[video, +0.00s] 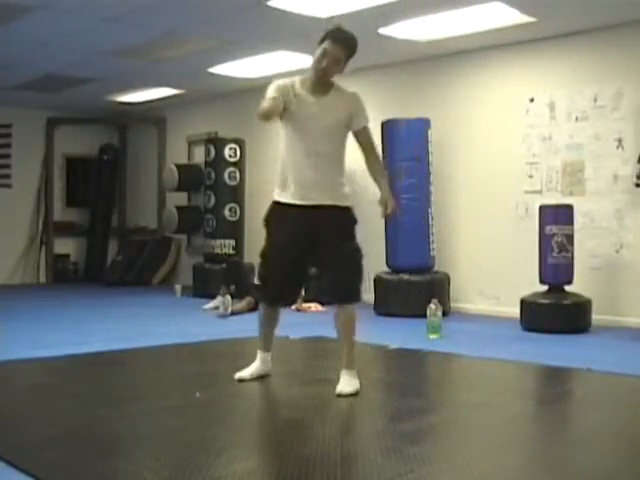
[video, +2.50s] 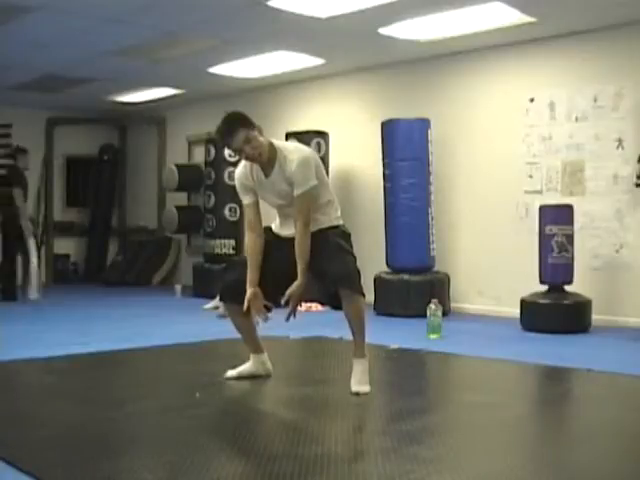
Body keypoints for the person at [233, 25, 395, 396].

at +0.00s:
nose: (329, 65)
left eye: (338, 62)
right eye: (326, 56)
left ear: (345, 66)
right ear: (315, 51)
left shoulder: (349, 101)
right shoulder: (284, 87)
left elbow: (370, 151)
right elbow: (263, 113)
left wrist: (386, 193)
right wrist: (275, 106)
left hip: (333, 209)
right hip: (288, 207)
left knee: (345, 292)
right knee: (271, 288)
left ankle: (348, 371)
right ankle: (263, 358)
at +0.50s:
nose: (285, 74)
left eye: (291, 67)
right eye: (280, 68)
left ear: (304, 66)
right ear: (272, 69)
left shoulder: (326, 105)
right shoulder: (263, 102)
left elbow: (343, 155)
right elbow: (247, 126)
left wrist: (358, 194)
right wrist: (255, 103)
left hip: (315, 213)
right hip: (268, 213)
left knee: (335, 290)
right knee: (251, 289)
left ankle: (349, 369)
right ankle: (261, 359)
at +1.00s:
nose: (259, 97)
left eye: (260, 87)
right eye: (251, 93)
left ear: (273, 78)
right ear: (247, 95)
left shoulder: (313, 106)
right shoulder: (252, 123)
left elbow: (351, 150)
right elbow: (236, 171)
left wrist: (331, 191)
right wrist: (245, 206)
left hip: (314, 219)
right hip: (268, 223)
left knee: (341, 289)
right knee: (240, 288)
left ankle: (349, 368)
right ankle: (259, 358)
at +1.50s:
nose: (245, 128)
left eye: (245, 118)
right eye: (236, 126)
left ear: (255, 109)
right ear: (233, 131)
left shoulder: (302, 141)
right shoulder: (246, 160)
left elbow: (306, 202)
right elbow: (252, 213)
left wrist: (297, 255)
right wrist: (251, 263)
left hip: (319, 228)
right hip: (278, 231)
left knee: (344, 290)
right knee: (230, 290)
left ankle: (356, 362)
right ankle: (258, 357)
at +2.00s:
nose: (247, 161)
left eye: (246, 151)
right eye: (238, 161)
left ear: (254, 138)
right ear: (234, 164)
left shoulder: (297, 163)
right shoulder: (244, 179)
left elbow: (304, 229)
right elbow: (253, 236)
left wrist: (303, 285)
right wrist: (256, 291)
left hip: (325, 233)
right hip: (283, 236)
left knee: (345, 284)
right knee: (230, 289)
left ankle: (360, 360)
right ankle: (258, 358)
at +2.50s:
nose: (249, 152)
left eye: (249, 141)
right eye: (239, 151)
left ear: (258, 130)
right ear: (236, 154)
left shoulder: (301, 159)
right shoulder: (244, 174)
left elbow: (304, 224)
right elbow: (253, 231)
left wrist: (301, 278)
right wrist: (253, 285)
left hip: (325, 234)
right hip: (283, 237)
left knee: (347, 280)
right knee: (231, 290)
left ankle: (360, 360)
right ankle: (258, 359)